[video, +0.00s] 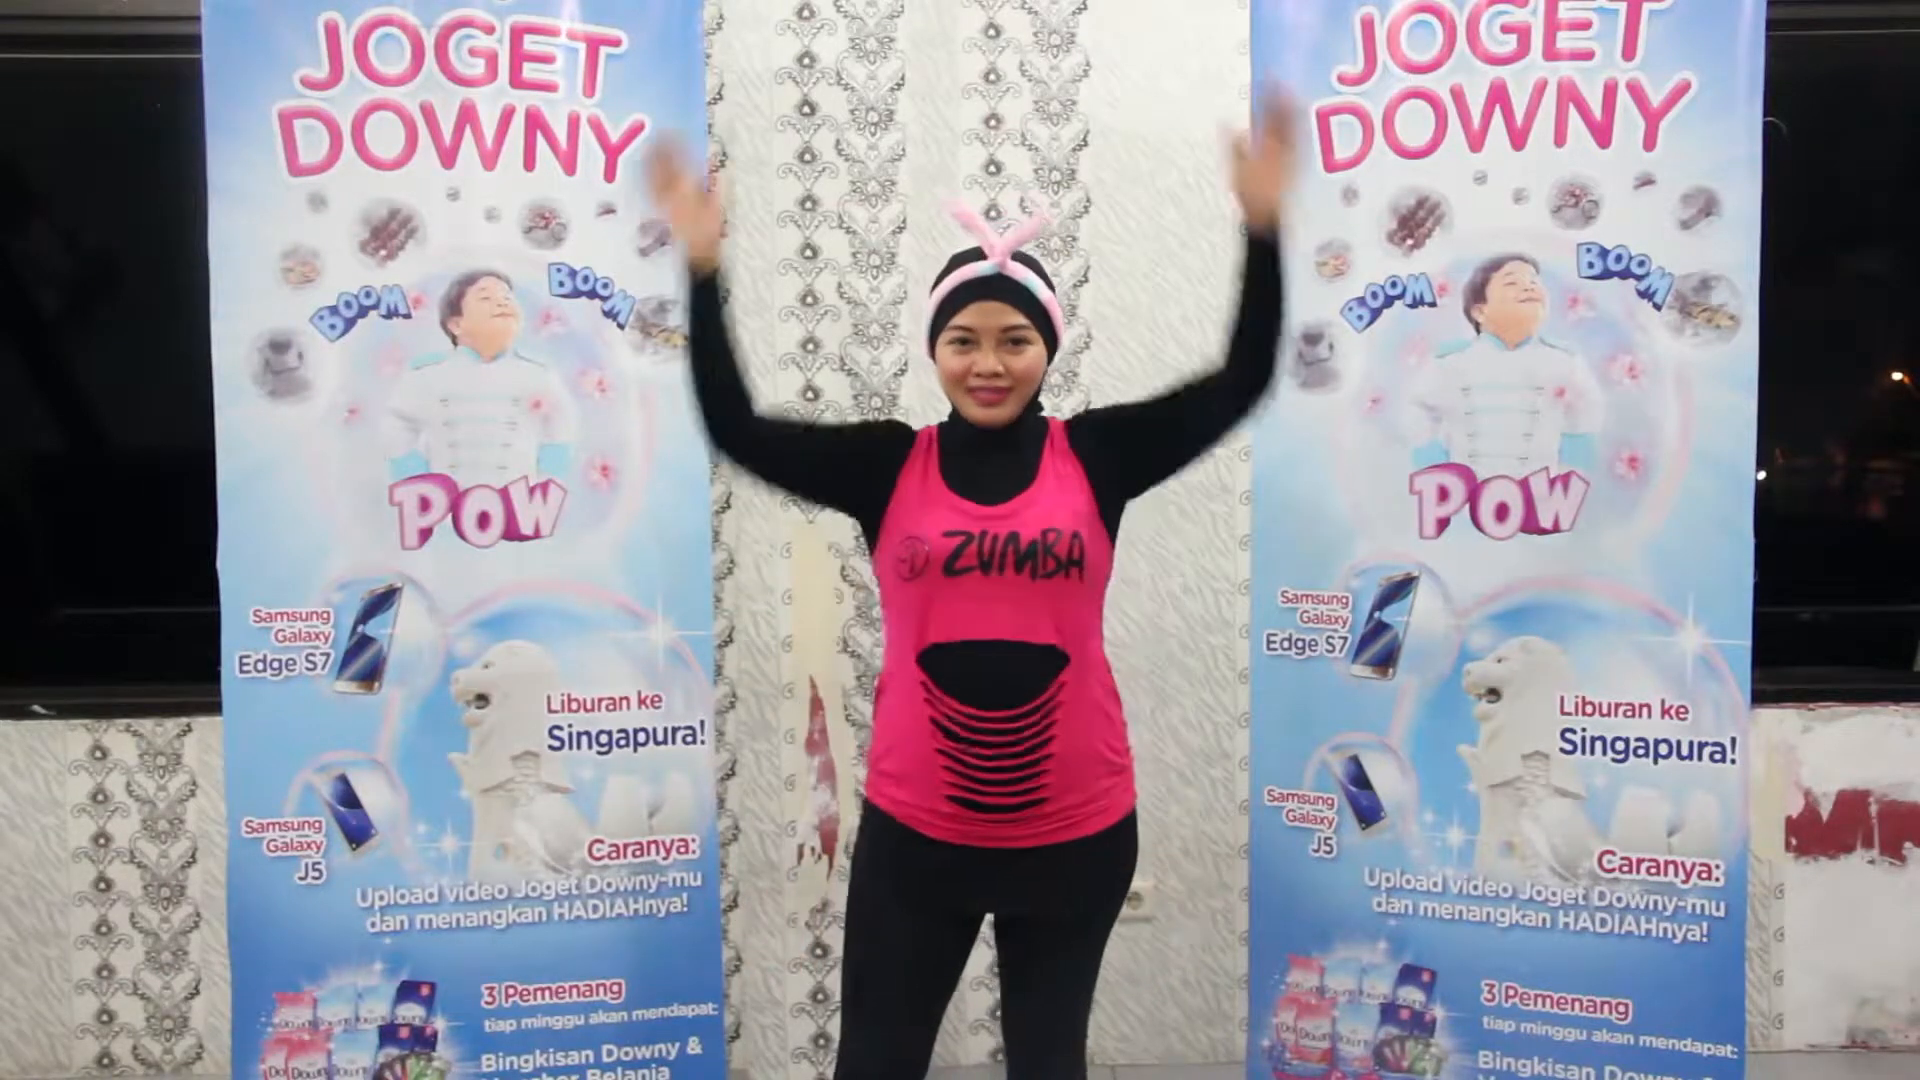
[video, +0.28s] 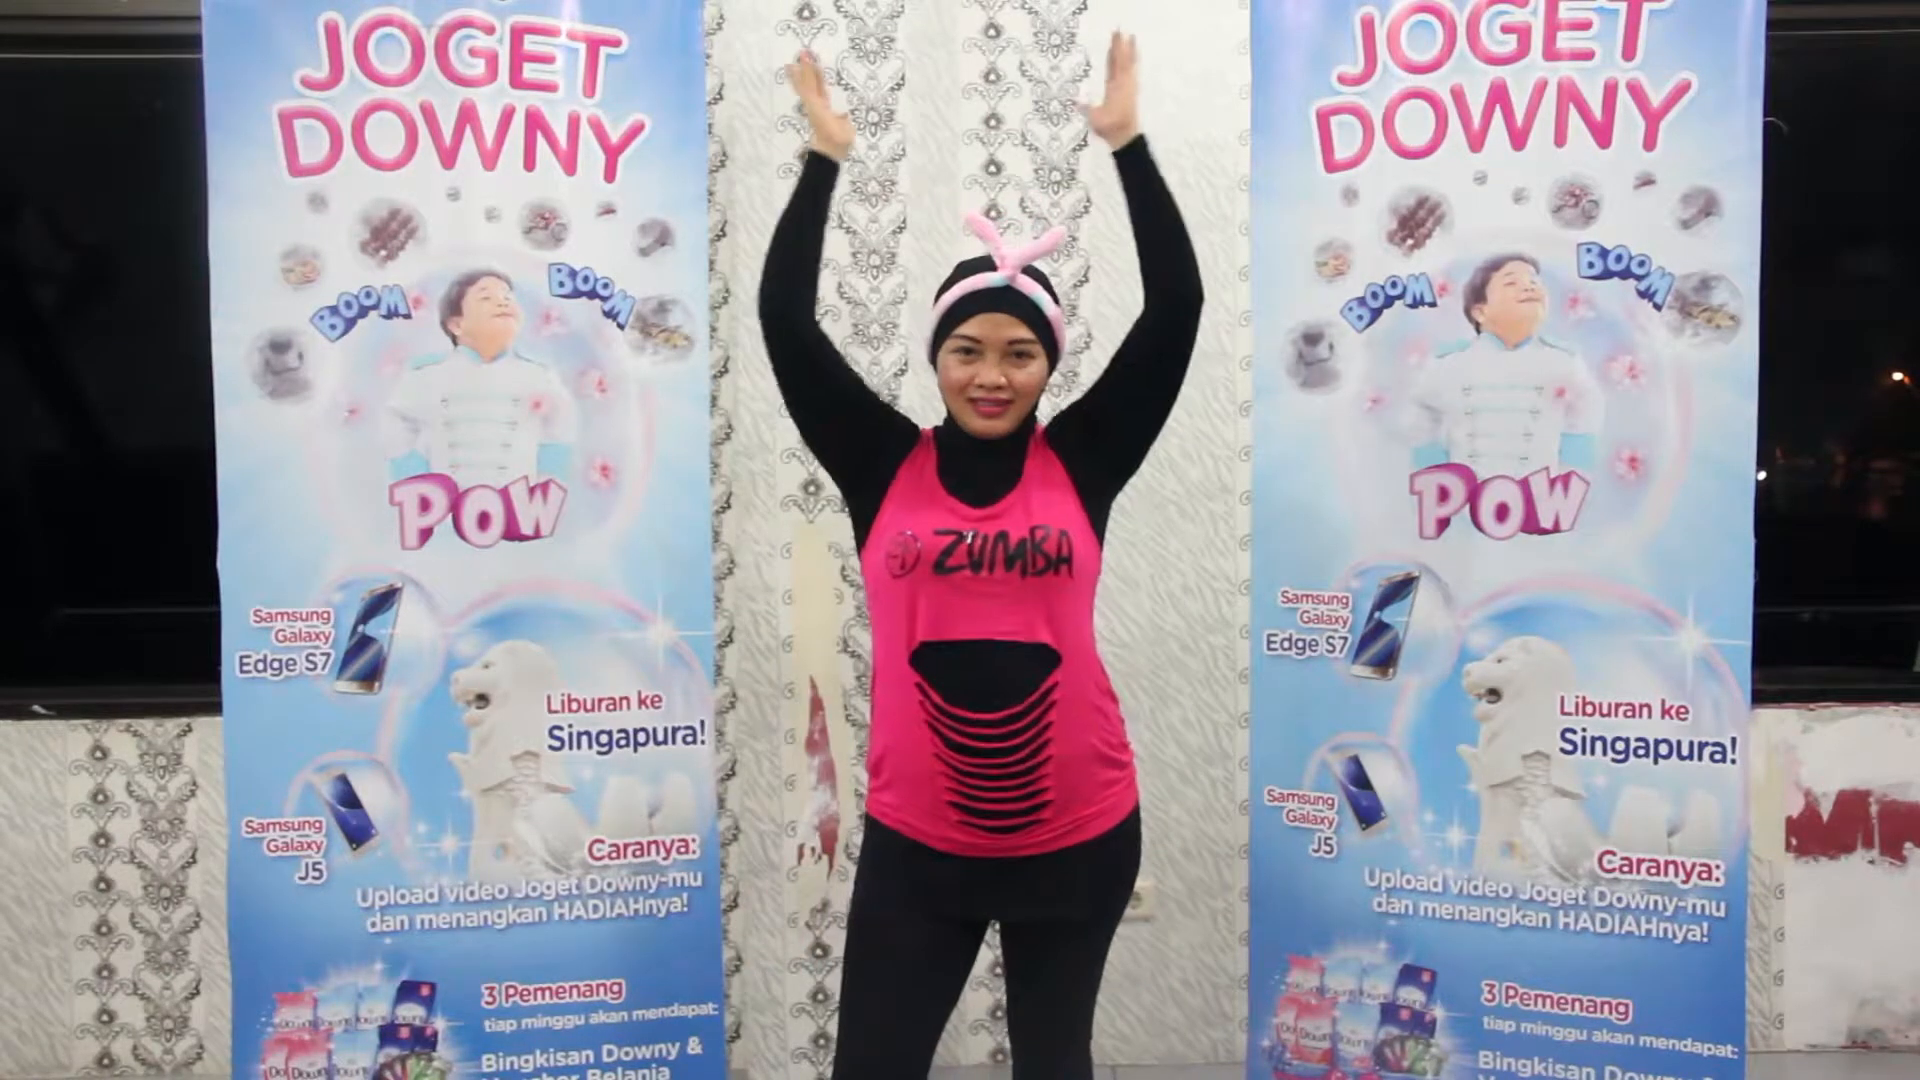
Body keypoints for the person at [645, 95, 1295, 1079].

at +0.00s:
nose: (989, 360)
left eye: (1014, 339)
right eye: (965, 339)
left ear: (1048, 355)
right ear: (936, 356)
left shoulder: (1099, 457)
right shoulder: (884, 467)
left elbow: (1244, 378)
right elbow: (738, 431)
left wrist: (1264, 229)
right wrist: (703, 270)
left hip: (1070, 837)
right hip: (916, 833)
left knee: (1048, 1063)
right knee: (874, 1064)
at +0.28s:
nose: (993, 374)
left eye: (1017, 353)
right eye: (969, 351)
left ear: (1049, 366)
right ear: (935, 361)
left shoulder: (1079, 462)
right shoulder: (881, 463)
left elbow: (1175, 306)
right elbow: (786, 319)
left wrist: (1126, 142)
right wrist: (824, 156)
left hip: (1073, 840)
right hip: (917, 840)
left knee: (1054, 1061)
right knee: (872, 1064)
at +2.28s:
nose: (967, 365)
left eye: (993, 347)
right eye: (944, 344)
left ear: (1023, 371)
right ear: (912, 365)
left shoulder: (1054, 472)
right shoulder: (865, 468)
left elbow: (1130, 331)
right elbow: (801, 336)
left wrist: (1014, 216)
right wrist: (917, 214)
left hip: (1052, 839)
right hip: (895, 842)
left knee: (1048, 1060)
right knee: (824, 1064)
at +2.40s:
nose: (966, 360)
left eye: (992, 345)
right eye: (944, 337)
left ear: (1019, 372)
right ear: (908, 356)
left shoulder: (1043, 475)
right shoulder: (850, 470)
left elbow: (1159, 448)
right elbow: (761, 465)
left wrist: (1084, 304)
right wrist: (832, 312)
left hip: (1039, 828)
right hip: (886, 829)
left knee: (1024, 1061)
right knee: (836, 1062)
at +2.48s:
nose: (938, 337)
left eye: (965, 322)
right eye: (919, 312)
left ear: (995, 353)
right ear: (883, 331)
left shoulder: (1034, 456)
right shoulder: (845, 458)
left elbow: (1119, 561)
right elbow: (787, 524)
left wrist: (1096, 412)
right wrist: (846, 380)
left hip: (1018, 824)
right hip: (868, 818)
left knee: (990, 1060)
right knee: (863, 1062)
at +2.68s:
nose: (918, 310)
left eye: (940, 295)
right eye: (895, 299)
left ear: (979, 324)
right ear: (869, 333)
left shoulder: (1028, 441)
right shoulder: (826, 452)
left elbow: (1092, 518)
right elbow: (806, 573)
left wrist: (988, 405)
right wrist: (899, 512)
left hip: (1009, 794)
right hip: (860, 803)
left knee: (1024, 1034)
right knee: (878, 1057)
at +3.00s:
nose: (906, 328)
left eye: (930, 310)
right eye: (884, 314)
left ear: (976, 336)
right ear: (861, 348)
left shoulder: (1032, 453)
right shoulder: (836, 480)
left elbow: (1136, 526)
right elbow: (741, 621)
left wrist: (1012, 425)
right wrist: (738, 523)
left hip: (1024, 809)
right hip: (872, 800)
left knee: (1034, 1059)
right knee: (744, 981)